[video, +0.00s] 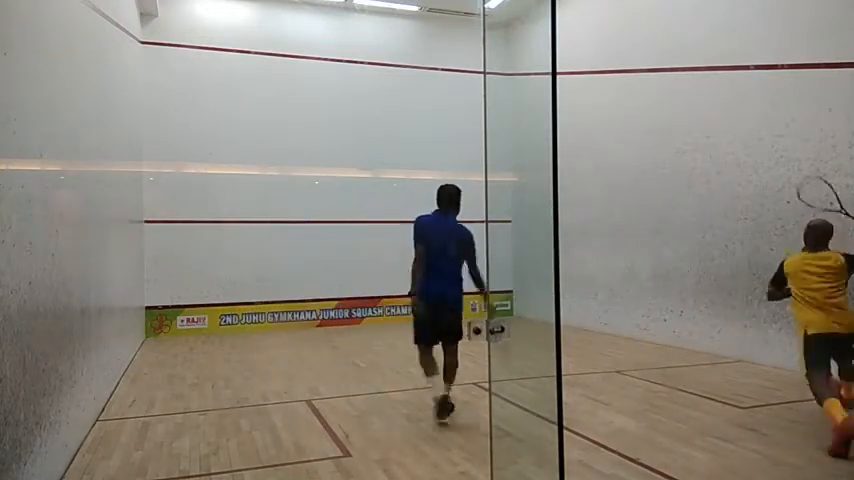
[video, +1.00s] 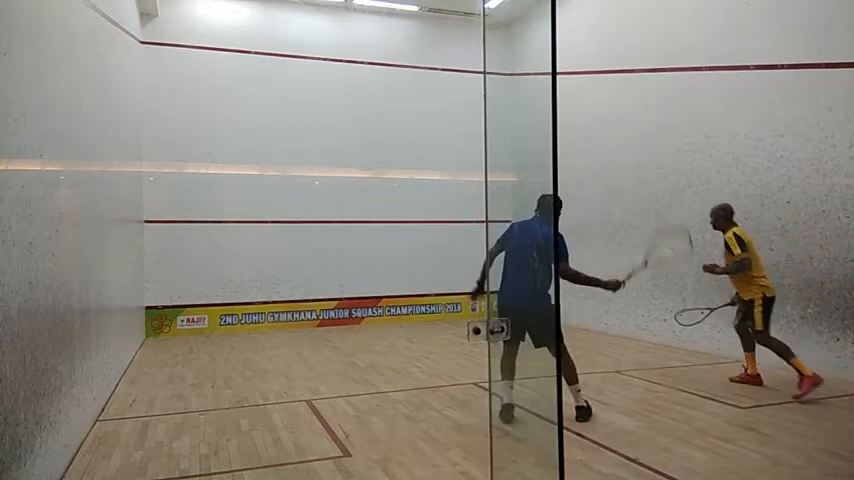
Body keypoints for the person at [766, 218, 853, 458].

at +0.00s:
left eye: (806, 237)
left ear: (804, 239)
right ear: (829, 241)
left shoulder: (791, 264)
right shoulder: (842, 261)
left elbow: (773, 293)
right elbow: (853, 262)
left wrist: (797, 289)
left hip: (815, 333)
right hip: (845, 330)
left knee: (819, 382)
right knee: (847, 366)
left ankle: (841, 422)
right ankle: (847, 400)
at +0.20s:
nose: (803, 245)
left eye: (804, 243)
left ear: (803, 246)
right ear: (825, 249)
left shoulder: (795, 266)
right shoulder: (832, 266)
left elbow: (786, 301)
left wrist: (806, 293)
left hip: (821, 321)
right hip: (847, 319)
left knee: (803, 365)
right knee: (835, 347)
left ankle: (824, 408)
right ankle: (843, 392)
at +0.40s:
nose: (780, 232)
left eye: (782, 229)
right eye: (781, 229)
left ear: (786, 232)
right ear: (800, 232)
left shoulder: (789, 247)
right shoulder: (810, 249)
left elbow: (792, 285)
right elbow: (795, 288)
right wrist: (770, 303)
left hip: (824, 296)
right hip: (846, 295)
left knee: (794, 341)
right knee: (834, 338)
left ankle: (805, 394)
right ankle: (842, 391)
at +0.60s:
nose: (759, 226)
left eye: (760, 222)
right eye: (760, 222)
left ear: (765, 222)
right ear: (777, 222)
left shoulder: (772, 236)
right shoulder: (786, 237)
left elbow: (773, 267)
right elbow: (803, 272)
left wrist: (759, 268)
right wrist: (786, 296)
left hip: (814, 292)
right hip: (817, 289)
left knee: (803, 345)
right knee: (793, 322)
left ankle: (841, 397)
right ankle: (817, 370)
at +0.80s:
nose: (737, 234)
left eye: (740, 229)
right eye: (737, 230)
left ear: (749, 229)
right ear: (755, 229)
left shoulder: (757, 246)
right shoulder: (766, 245)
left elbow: (753, 275)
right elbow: (774, 279)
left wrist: (736, 272)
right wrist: (760, 301)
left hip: (793, 305)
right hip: (784, 305)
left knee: (799, 348)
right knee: (767, 333)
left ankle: (841, 398)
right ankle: (757, 373)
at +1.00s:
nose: (711, 221)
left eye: (713, 217)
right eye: (711, 217)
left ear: (725, 217)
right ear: (726, 218)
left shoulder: (733, 235)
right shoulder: (732, 236)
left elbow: (745, 263)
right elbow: (746, 268)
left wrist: (719, 270)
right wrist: (741, 292)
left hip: (760, 293)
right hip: (749, 294)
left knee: (761, 336)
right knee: (742, 328)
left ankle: (808, 375)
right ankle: (751, 373)